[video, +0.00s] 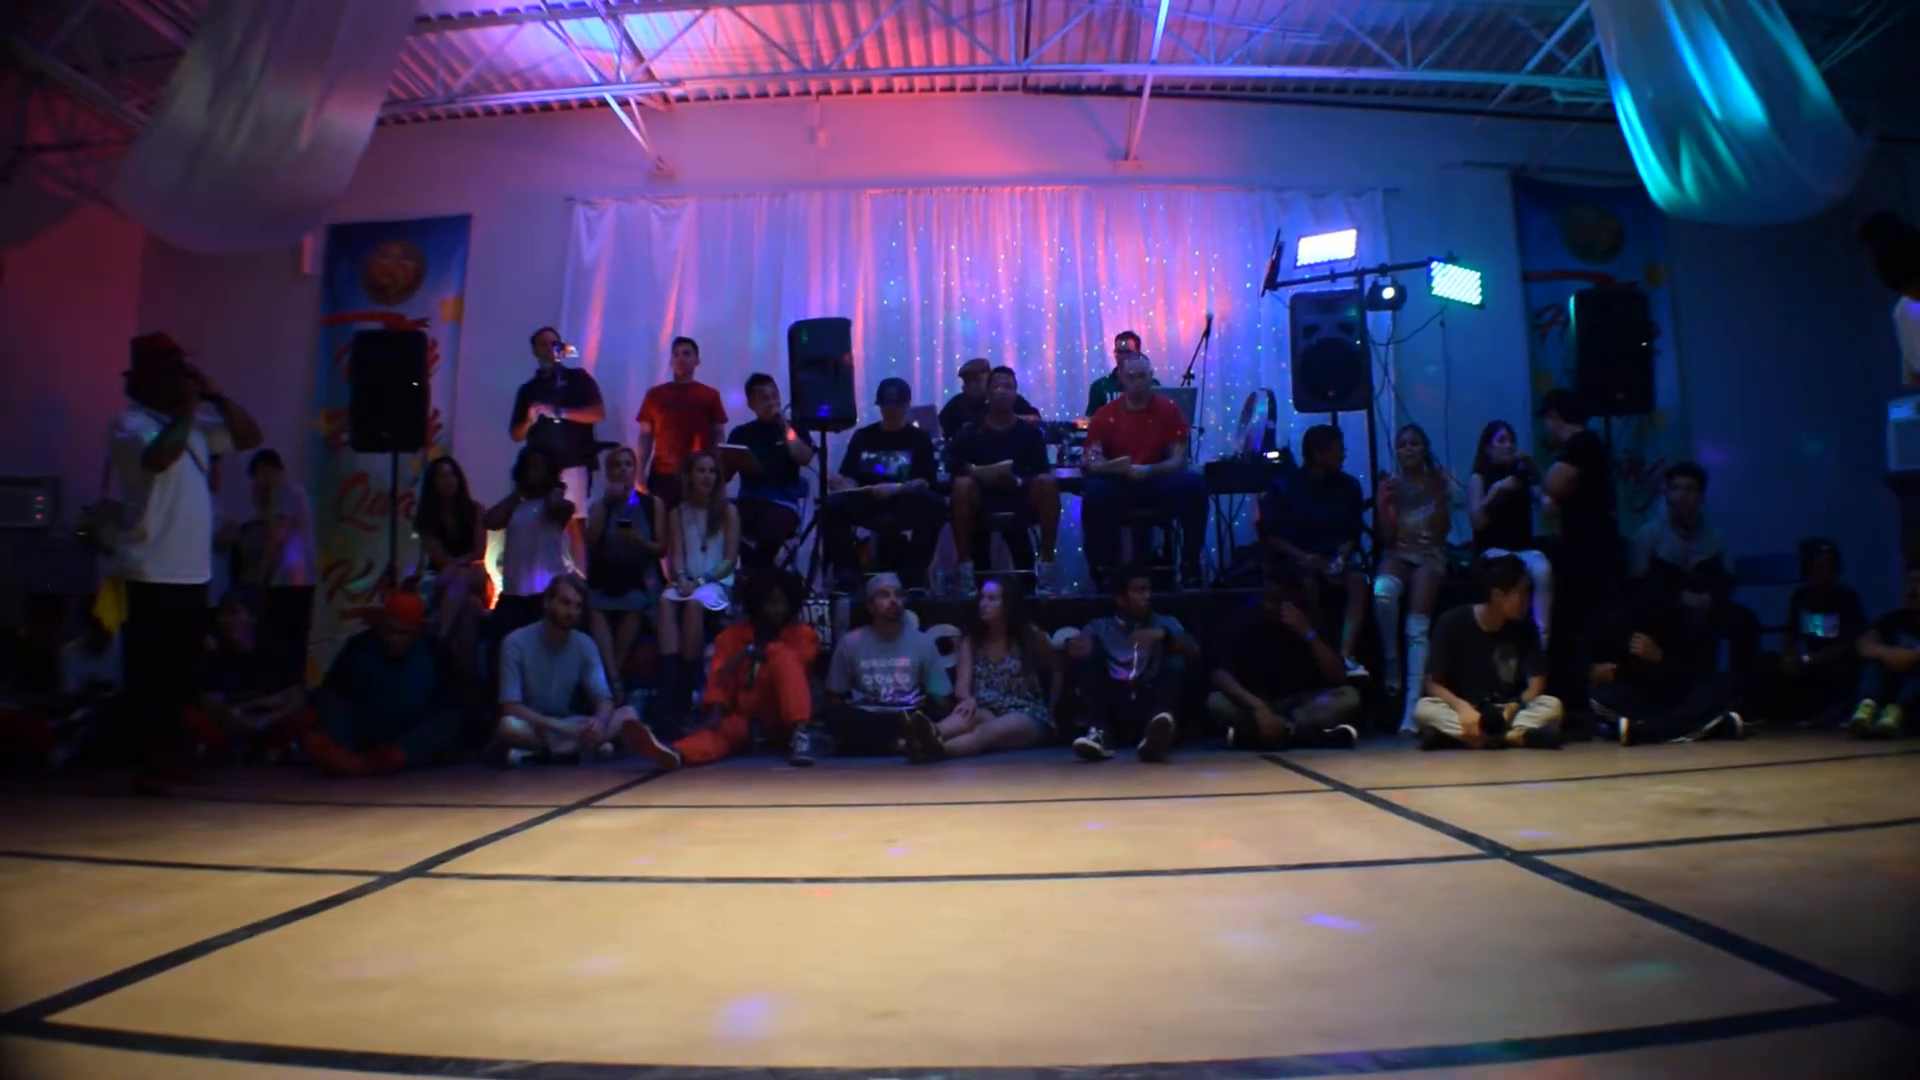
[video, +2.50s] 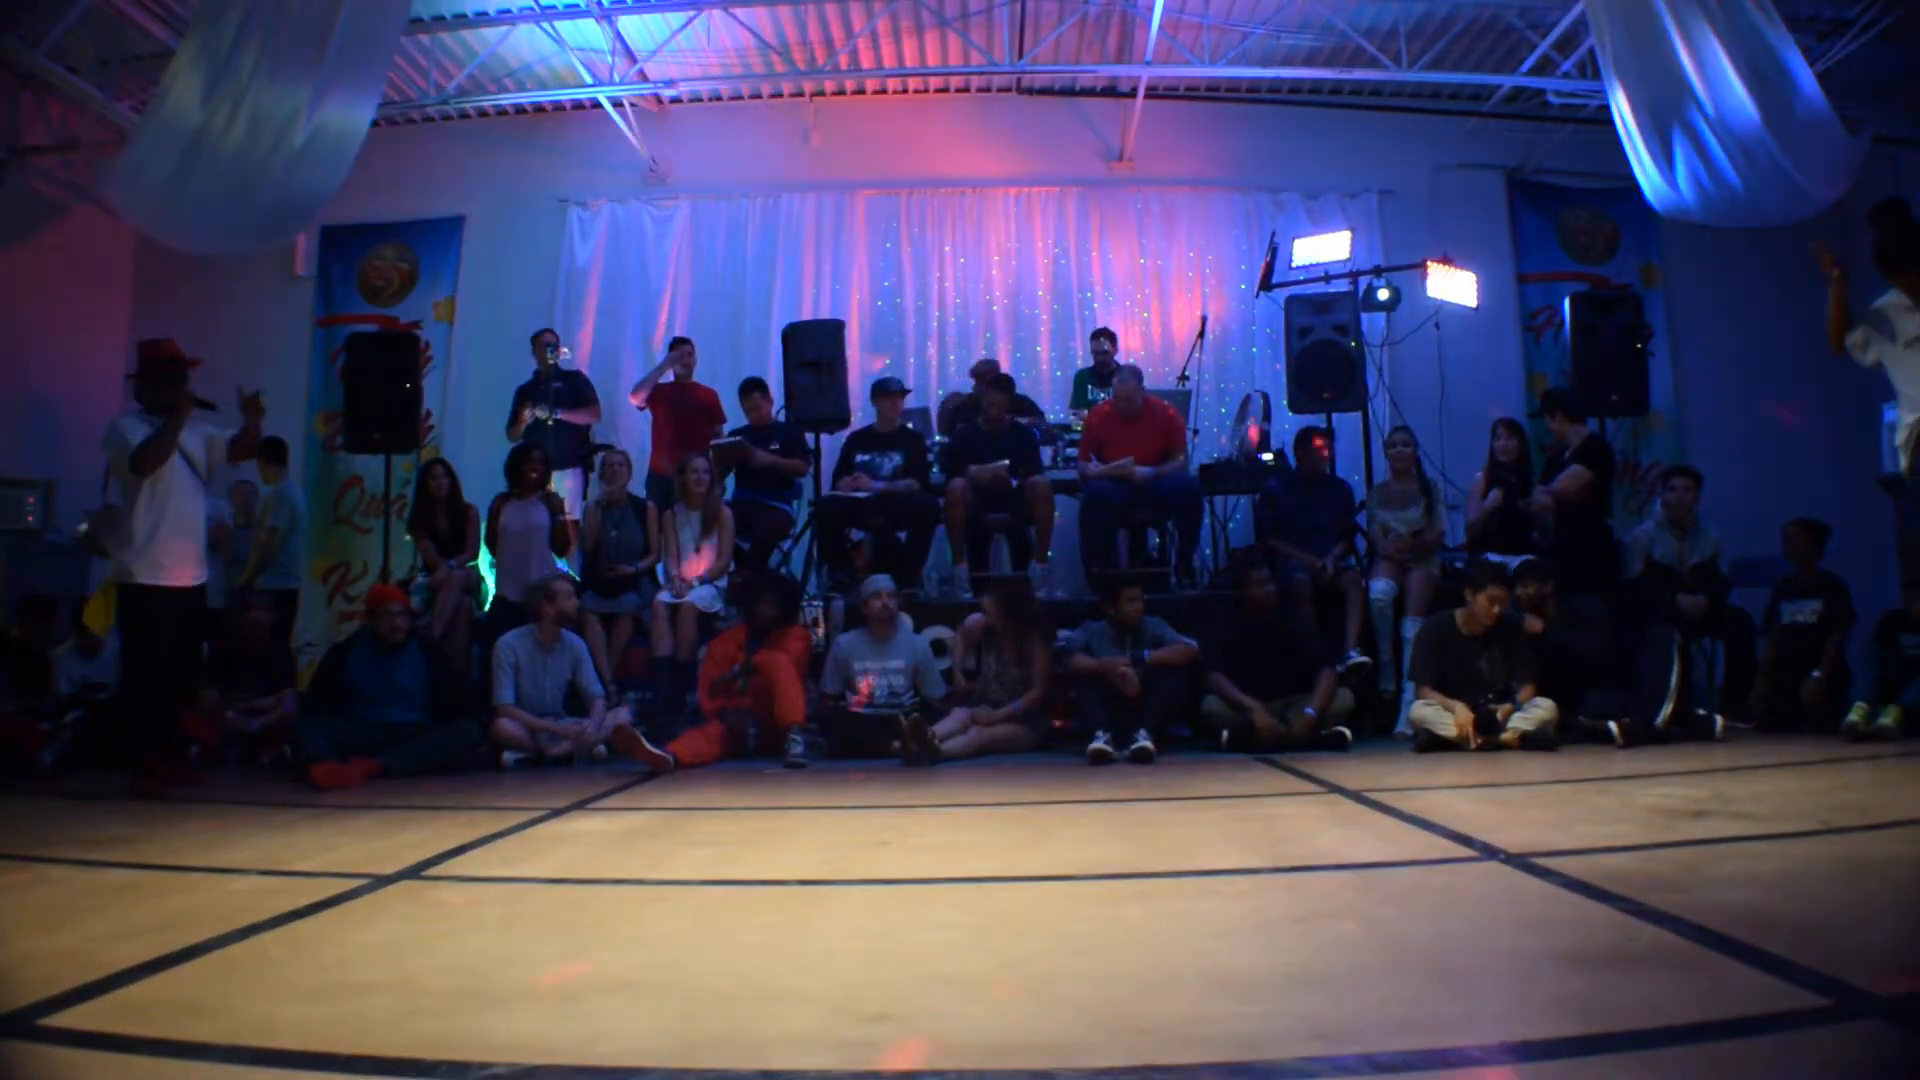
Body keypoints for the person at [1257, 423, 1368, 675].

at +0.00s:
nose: (1343, 454)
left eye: (1342, 448)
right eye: (1336, 449)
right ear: (1317, 453)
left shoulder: (1348, 486)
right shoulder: (1287, 484)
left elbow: (1354, 532)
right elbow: (1270, 534)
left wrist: (1341, 558)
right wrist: (1304, 557)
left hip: (1334, 558)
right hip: (1296, 559)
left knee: (1359, 581)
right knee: (1307, 584)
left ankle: (1346, 655)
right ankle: (1314, 656)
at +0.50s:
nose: (1329, 456)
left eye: (1330, 450)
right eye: (1322, 450)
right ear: (1303, 454)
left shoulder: (1340, 486)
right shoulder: (1278, 487)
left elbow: (1348, 533)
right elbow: (1262, 536)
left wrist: (1333, 560)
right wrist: (1300, 560)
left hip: (1330, 557)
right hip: (1292, 558)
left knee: (1353, 583)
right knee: (1299, 585)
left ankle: (1340, 657)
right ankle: (1311, 656)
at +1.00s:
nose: (1322, 455)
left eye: (1323, 449)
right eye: (1315, 450)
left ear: (1326, 453)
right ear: (1297, 453)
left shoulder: (1336, 487)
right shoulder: (1276, 487)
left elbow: (1346, 534)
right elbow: (1263, 539)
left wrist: (1330, 558)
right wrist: (1299, 560)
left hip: (1327, 558)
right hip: (1290, 559)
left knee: (1353, 584)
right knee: (1299, 585)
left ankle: (1342, 655)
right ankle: (1308, 654)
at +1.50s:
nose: (1317, 453)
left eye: (1321, 447)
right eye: (1311, 447)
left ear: (1327, 452)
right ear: (1299, 451)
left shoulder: (1340, 488)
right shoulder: (1281, 486)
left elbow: (1349, 533)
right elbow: (1267, 535)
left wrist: (1331, 559)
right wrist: (1303, 560)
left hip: (1330, 557)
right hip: (1295, 558)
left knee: (1354, 584)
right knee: (1301, 585)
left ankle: (1344, 655)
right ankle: (1309, 655)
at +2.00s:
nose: (1321, 460)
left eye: (1325, 454)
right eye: (1315, 453)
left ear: (1330, 456)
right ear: (1302, 454)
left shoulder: (1339, 488)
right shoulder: (1282, 487)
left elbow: (1351, 533)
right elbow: (1269, 534)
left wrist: (1332, 558)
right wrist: (1305, 560)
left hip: (1331, 558)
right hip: (1296, 558)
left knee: (1353, 583)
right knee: (1300, 584)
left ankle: (1342, 653)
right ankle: (1314, 656)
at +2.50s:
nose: (1323, 455)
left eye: (1325, 449)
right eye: (1316, 449)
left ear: (1330, 453)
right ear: (1300, 454)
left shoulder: (1339, 488)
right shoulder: (1280, 487)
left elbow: (1347, 535)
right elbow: (1270, 538)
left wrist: (1332, 558)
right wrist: (1309, 561)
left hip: (1330, 557)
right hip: (1294, 557)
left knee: (1354, 580)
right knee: (1301, 584)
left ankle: (1351, 648)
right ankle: (1312, 654)